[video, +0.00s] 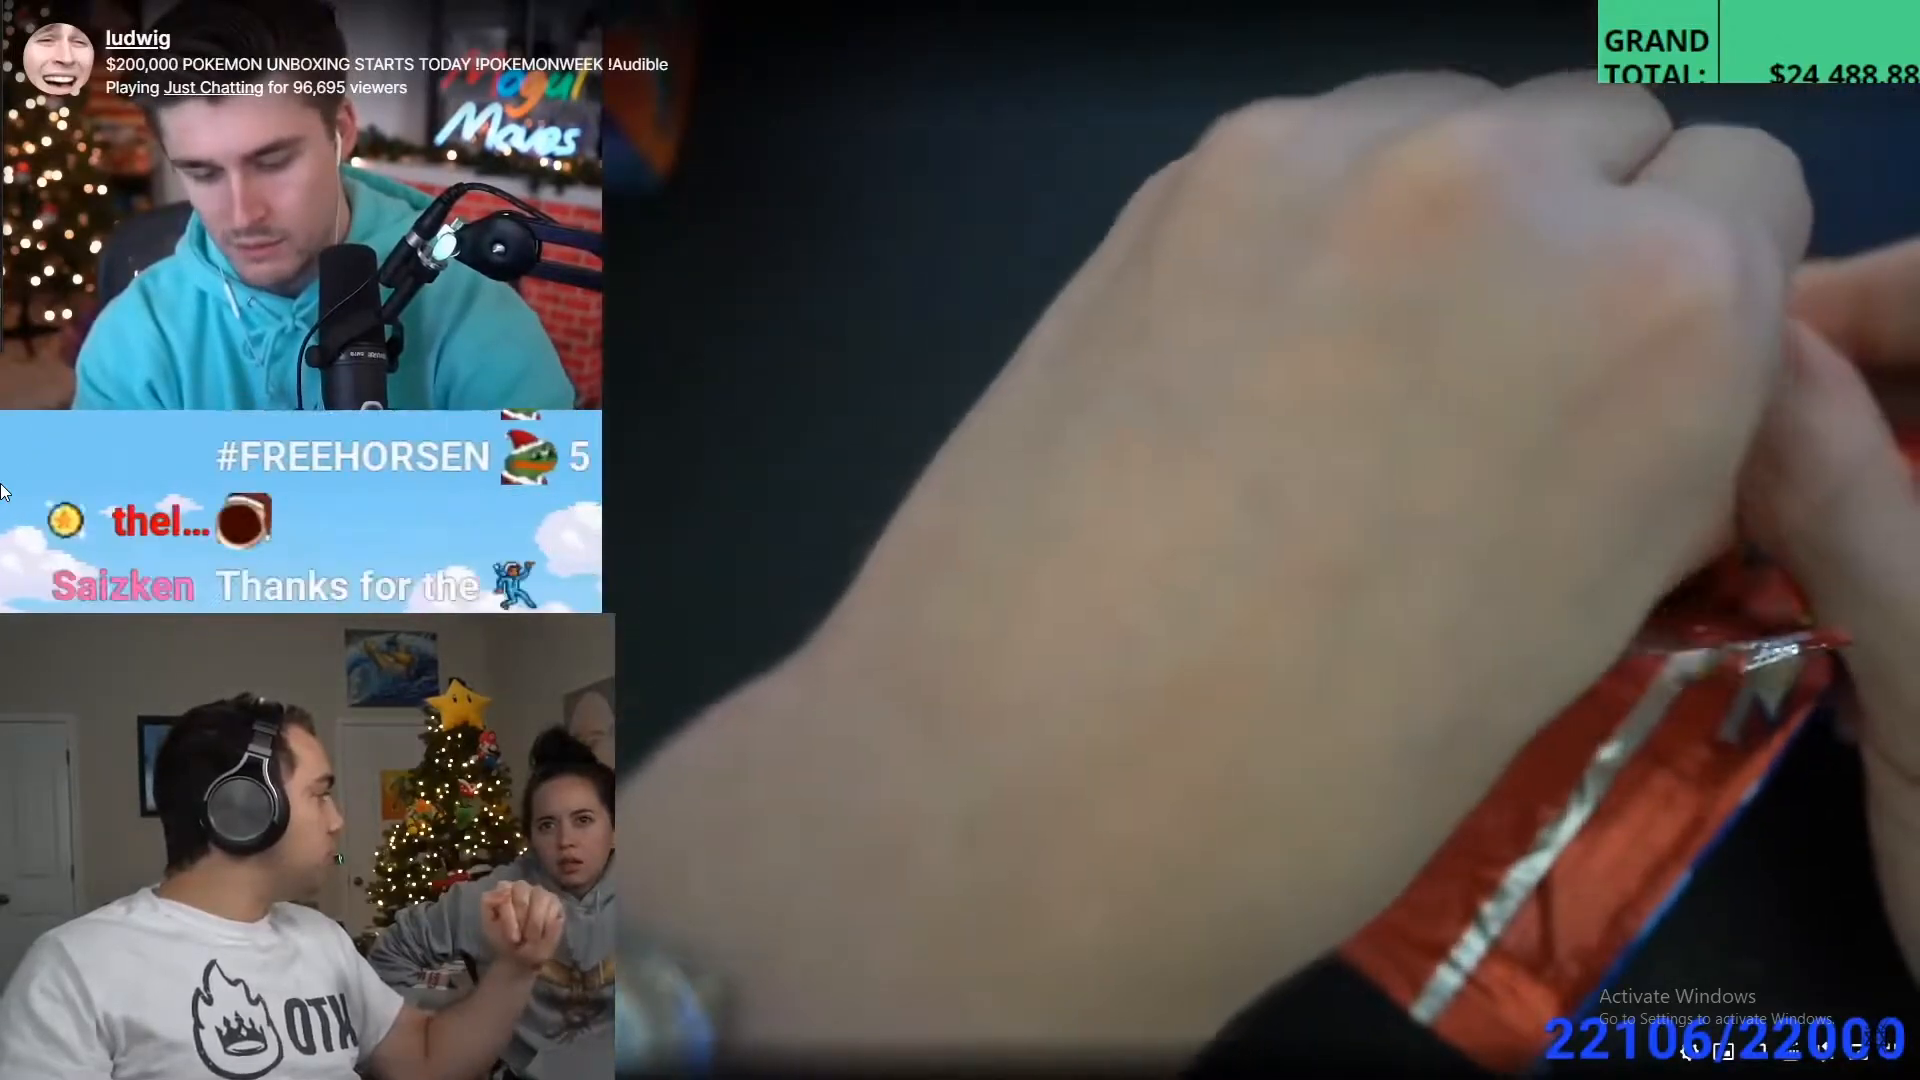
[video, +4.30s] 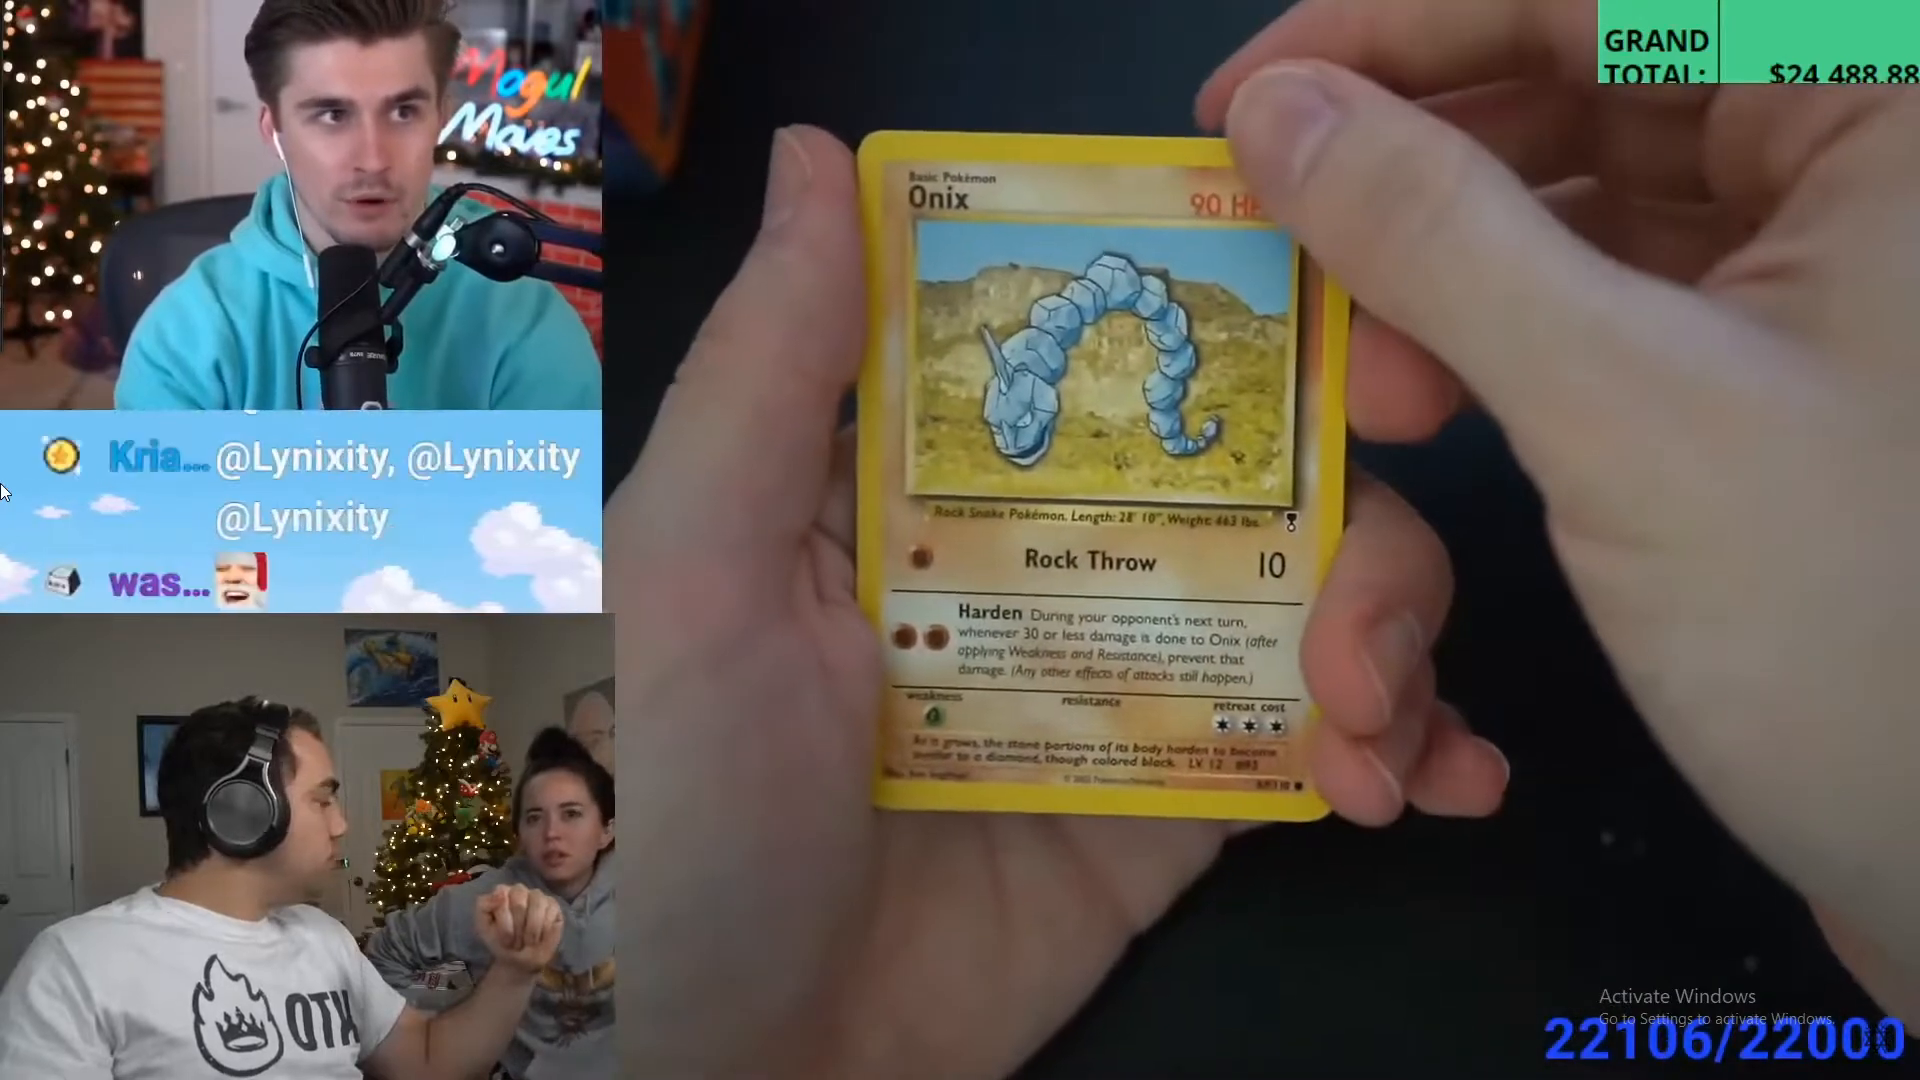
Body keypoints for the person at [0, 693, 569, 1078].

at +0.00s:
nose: (340, 818)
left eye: (332, 794)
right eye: (321, 794)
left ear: (255, 803)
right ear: (241, 805)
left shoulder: (322, 943)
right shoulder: (75, 968)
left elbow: (426, 1057)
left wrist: (514, 967)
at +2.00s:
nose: (344, 824)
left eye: (335, 798)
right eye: (324, 799)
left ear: (259, 808)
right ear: (247, 809)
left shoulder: (325, 943)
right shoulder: (76, 967)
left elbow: (428, 1060)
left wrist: (511, 968)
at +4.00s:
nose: (345, 824)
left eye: (336, 799)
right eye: (325, 800)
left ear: (261, 810)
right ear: (248, 811)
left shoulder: (324, 942)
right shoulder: (75, 967)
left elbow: (428, 1060)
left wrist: (512, 971)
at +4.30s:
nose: (344, 822)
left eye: (335, 798)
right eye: (322, 799)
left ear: (258, 806)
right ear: (242, 808)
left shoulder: (324, 941)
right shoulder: (75, 966)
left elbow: (429, 1060)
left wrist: (513, 971)